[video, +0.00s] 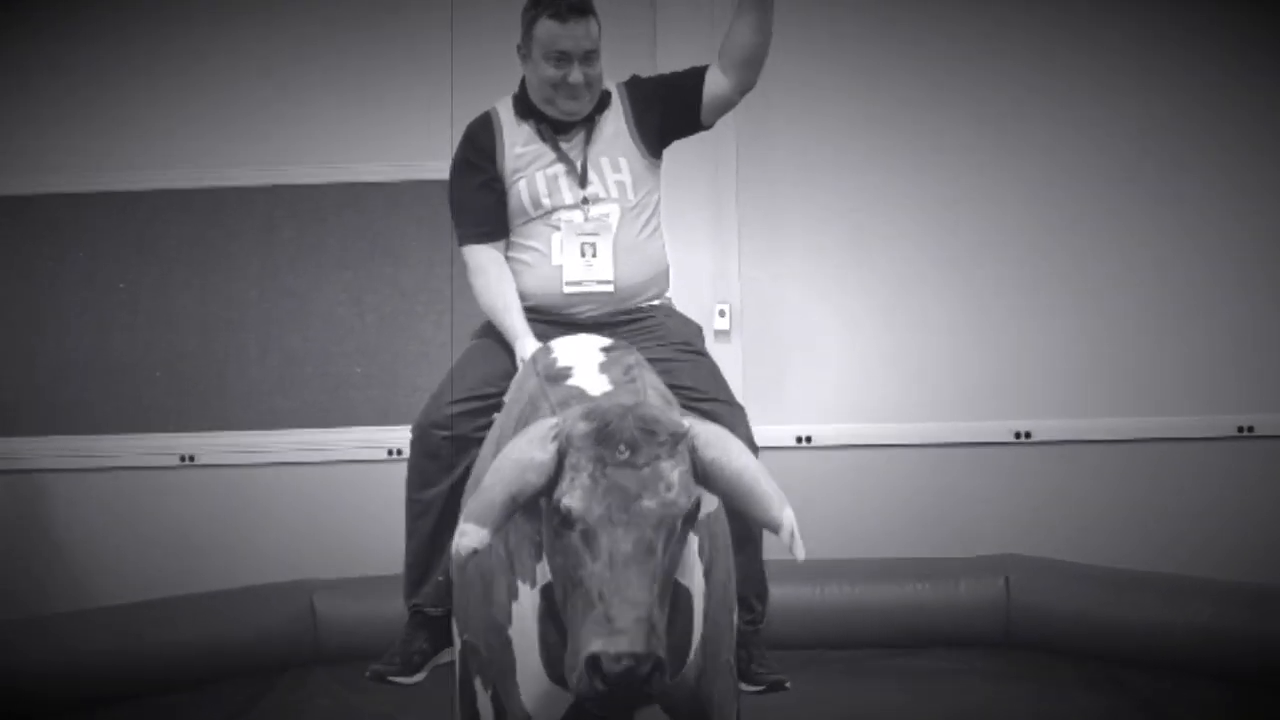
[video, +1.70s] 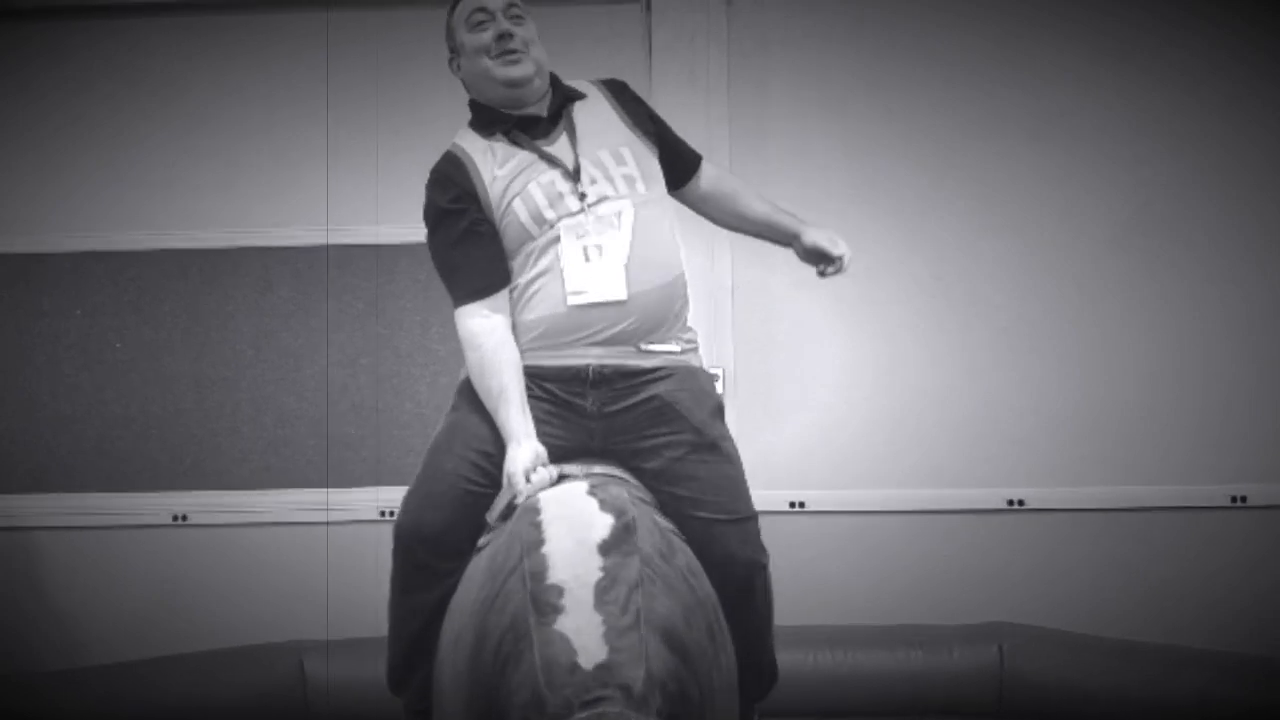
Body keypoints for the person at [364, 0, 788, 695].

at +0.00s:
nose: (574, 75)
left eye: (588, 58)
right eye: (557, 59)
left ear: (603, 50)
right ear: (524, 54)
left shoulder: (640, 108)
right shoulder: (488, 138)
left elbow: (733, 77)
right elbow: (483, 256)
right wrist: (526, 348)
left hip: (643, 318)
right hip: (529, 325)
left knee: (732, 443)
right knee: (438, 431)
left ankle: (742, 635)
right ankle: (429, 622)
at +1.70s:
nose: (504, 30)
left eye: (514, 14)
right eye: (479, 22)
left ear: (538, 29)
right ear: (455, 59)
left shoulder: (614, 105)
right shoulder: (461, 173)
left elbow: (700, 182)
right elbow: (482, 321)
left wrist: (796, 232)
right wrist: (520, 435)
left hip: (662, 383)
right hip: (528, 389)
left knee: (738, 559)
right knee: (424, 534)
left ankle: (750, 702)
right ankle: (416, 704)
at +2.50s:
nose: (497, 118)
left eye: (512, 95)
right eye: (474, 104)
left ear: (542, 103)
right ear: (453, 126)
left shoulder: (619, 161)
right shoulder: (447, 228)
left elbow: (707, 263)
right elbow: (470, 373)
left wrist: (677, 378)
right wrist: (513, 482)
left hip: (651, 441)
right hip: (513, 448)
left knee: (735, 604)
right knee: (411, 574)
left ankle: (750, 718)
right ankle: (406, 715)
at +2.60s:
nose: (503, 125)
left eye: (517, 103)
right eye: (480, 111)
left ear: (547, 111)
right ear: (459, 132)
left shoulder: (620, 170)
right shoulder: (450, 231)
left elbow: (705, 274)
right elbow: (470, 376)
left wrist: (677, 389)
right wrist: (515, 481)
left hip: (650, 440)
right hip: (516, 448)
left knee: (734, 598)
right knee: (412, 570)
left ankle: (751, 718)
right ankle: (405, 715)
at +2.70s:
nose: (513, 133)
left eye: (526, 111)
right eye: (490, 120)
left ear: (552, 118)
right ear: (469, 140)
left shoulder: (622, 181)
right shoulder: (454, 235)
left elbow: (704, 281)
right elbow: (468, 375)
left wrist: (675, 393)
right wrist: (514, 475)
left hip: (647, 437)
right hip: (518, 444)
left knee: (734, 592)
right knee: (412, 564)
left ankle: (748, 716)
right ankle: (405, 713)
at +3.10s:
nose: (566, 181)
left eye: (574, 164)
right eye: (545, 169)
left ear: (590, 173)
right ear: (513, 189)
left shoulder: (636, 238)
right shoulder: (484, 264)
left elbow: (686, 334)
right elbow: (468, 382)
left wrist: (606, 419)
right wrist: (519, 448)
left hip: (639, 429)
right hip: (525, 437)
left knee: (733, 548)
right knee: (427, 535)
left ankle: (760, 707)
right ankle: (415, 705)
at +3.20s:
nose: (572, 199)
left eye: (581, 182)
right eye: (552, 185)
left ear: (596, 191)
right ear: (521, 204)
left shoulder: (636, 252)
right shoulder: (489, 274)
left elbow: (677, 348)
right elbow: (470, 388)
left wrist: (592, 427)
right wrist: (524, 448)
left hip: (634, 432)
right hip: (524, 440)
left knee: (736, 537)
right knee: (431, 539)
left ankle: (757, 699)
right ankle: (418, 701)